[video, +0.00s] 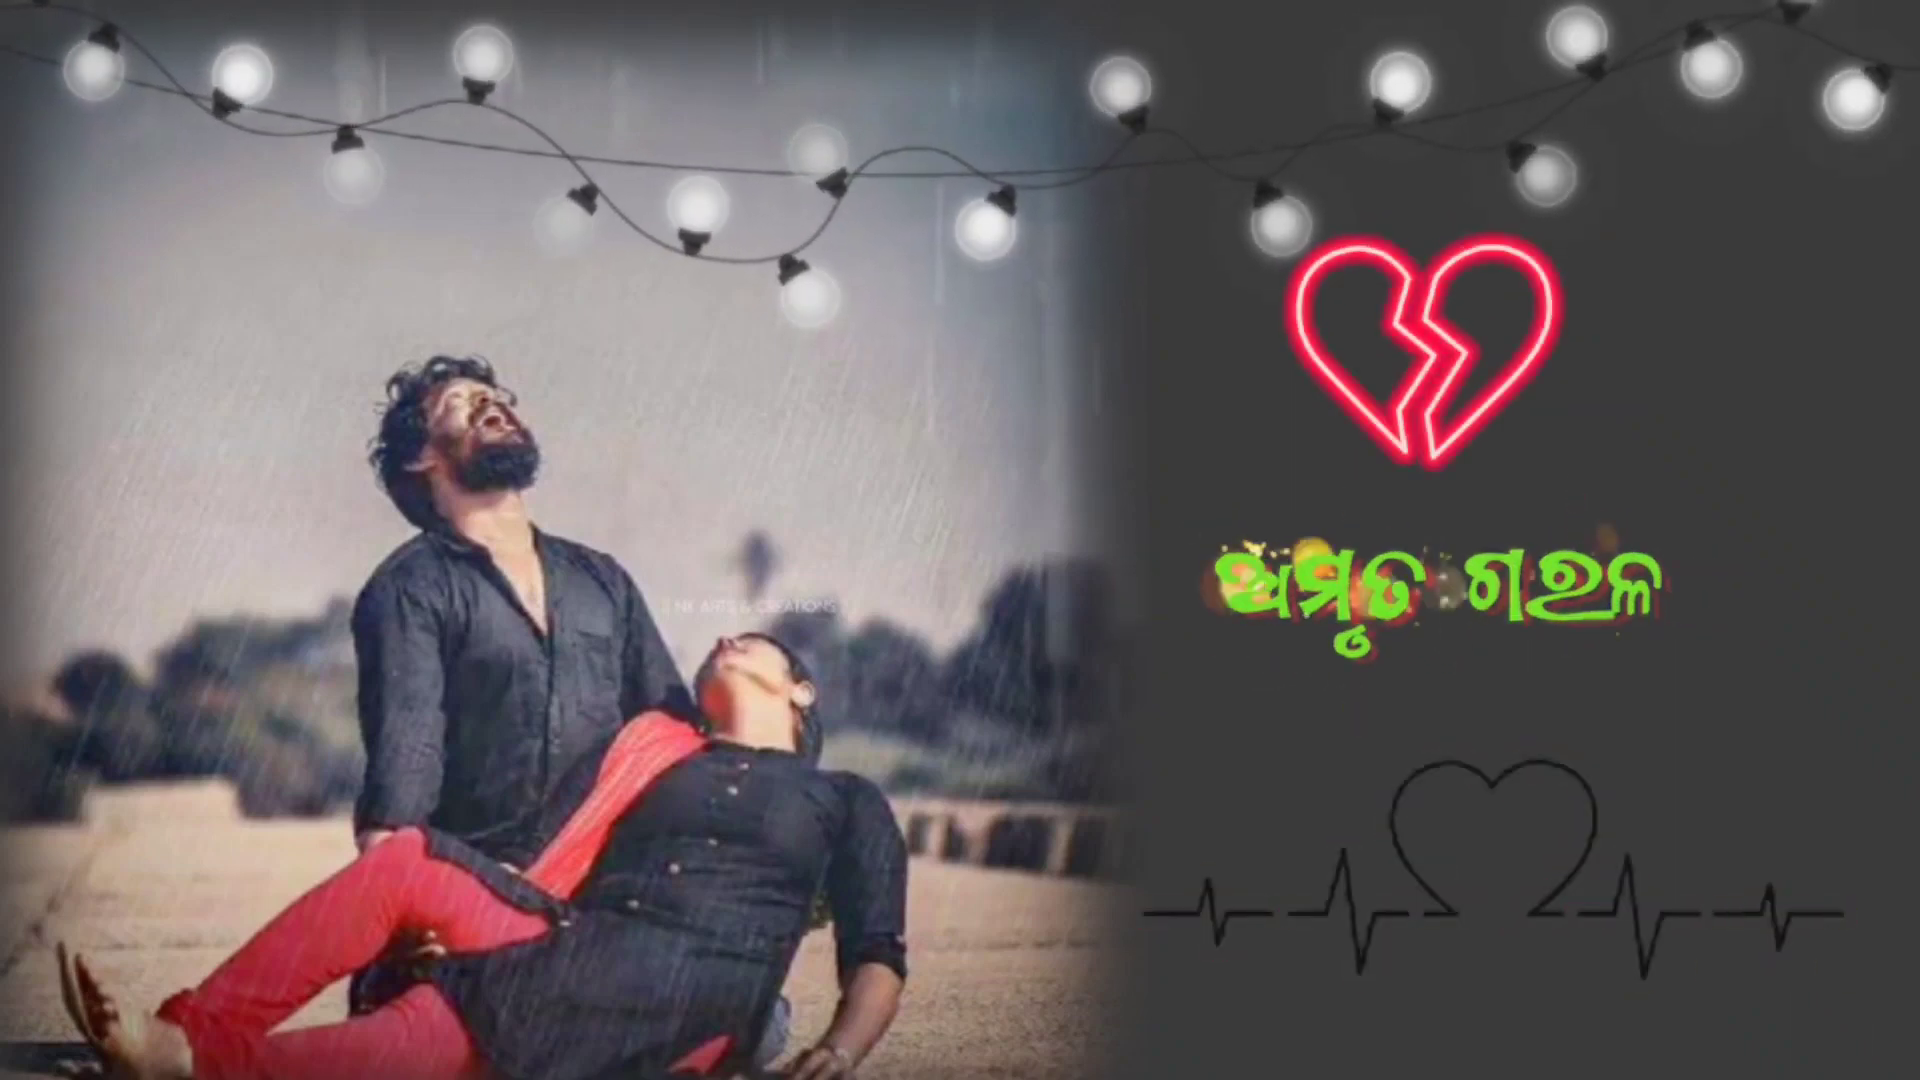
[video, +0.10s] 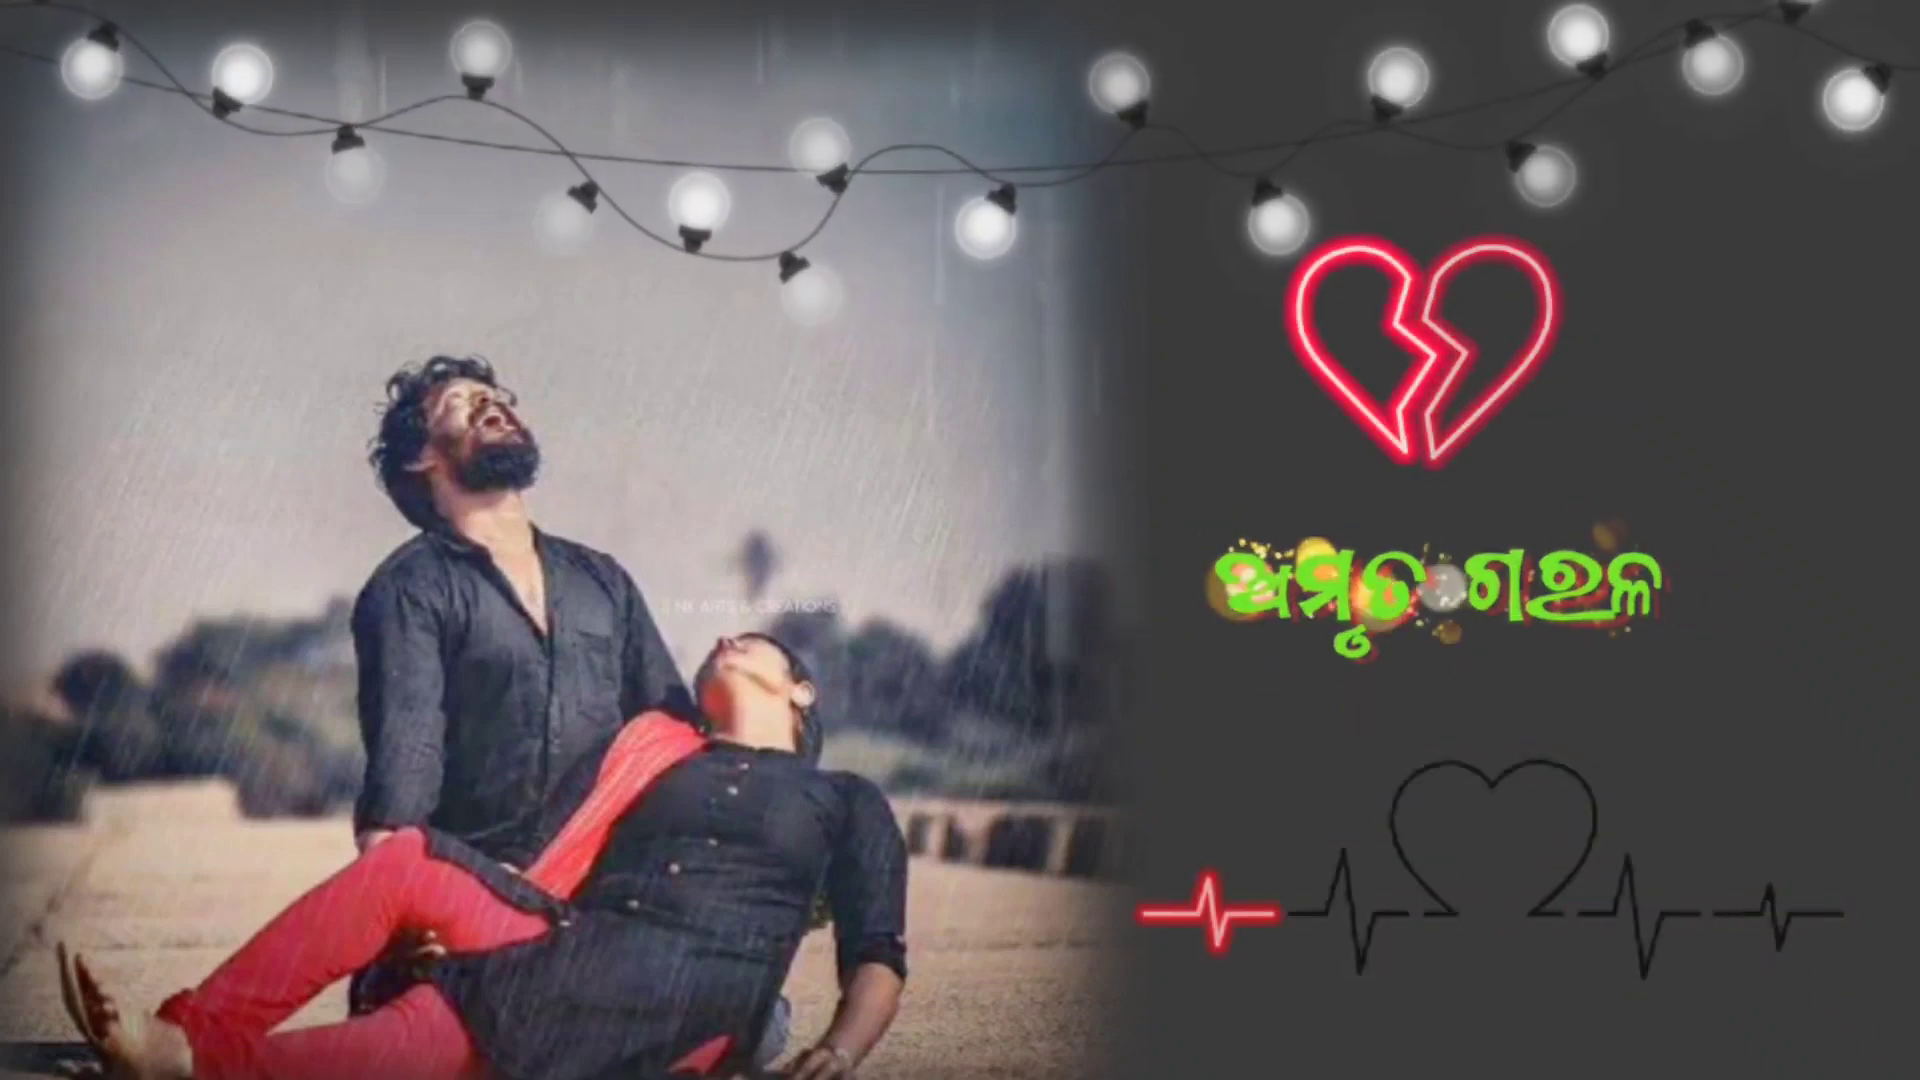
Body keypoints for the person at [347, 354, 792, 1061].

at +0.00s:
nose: (497, 408)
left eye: (502, 401)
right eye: (463, 406)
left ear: (525, 438)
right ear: (422, 462)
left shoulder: (602, 578)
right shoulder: (410, 588)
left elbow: (678, 728)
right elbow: (404, 753)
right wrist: (388, 901)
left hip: (617, 883)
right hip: (462, 890)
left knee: (761, 1021)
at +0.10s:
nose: (496, 408)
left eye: (501, 400)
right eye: (463, 406)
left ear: (525, 435)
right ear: (422, 463)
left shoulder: (602, 578)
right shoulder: (411, 587)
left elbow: (678, 728)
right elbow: (404, 755)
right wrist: (387, 905)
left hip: (617, 883)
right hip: (462, 891)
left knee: (761, 1021)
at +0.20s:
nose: (497, 408)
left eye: (502, 401)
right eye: (463, 406)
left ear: (524, 438)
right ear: (421, 462)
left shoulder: (602, 579)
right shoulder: (410, 588)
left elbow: (678, 728)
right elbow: (404, 750)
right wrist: (388, 898)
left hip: (616, 883)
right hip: (461, 890)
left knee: (761, 1021)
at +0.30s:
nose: (496, 408)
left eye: (501, 400)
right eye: (462, 406)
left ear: (525, 435)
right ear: (422, 463)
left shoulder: (602, 578)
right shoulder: (410, 587)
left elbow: (678, 728)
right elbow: (404, 754)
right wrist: (387, 902)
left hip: (616, 884)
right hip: (461, 891)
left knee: (760, 1021)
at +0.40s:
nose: (497, 408)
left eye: (502, 401)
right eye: (463, 406)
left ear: (525, 438)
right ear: (422, 462)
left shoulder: (602, 578)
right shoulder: (410, 588)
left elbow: (678, 728)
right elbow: (404, 753)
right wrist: (388, 900)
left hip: (617, 883)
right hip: (462, 890)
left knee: (761, 1021)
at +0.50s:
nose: (497, 409)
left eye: (501, 401)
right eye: (462, 406)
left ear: (524, 437)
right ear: (421, 462)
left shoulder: (603, 579)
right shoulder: (410, 588)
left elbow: (677, 728)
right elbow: (404, 747)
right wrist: (388, 893)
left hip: (614, 883)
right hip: (460, 889)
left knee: (761, 1020)